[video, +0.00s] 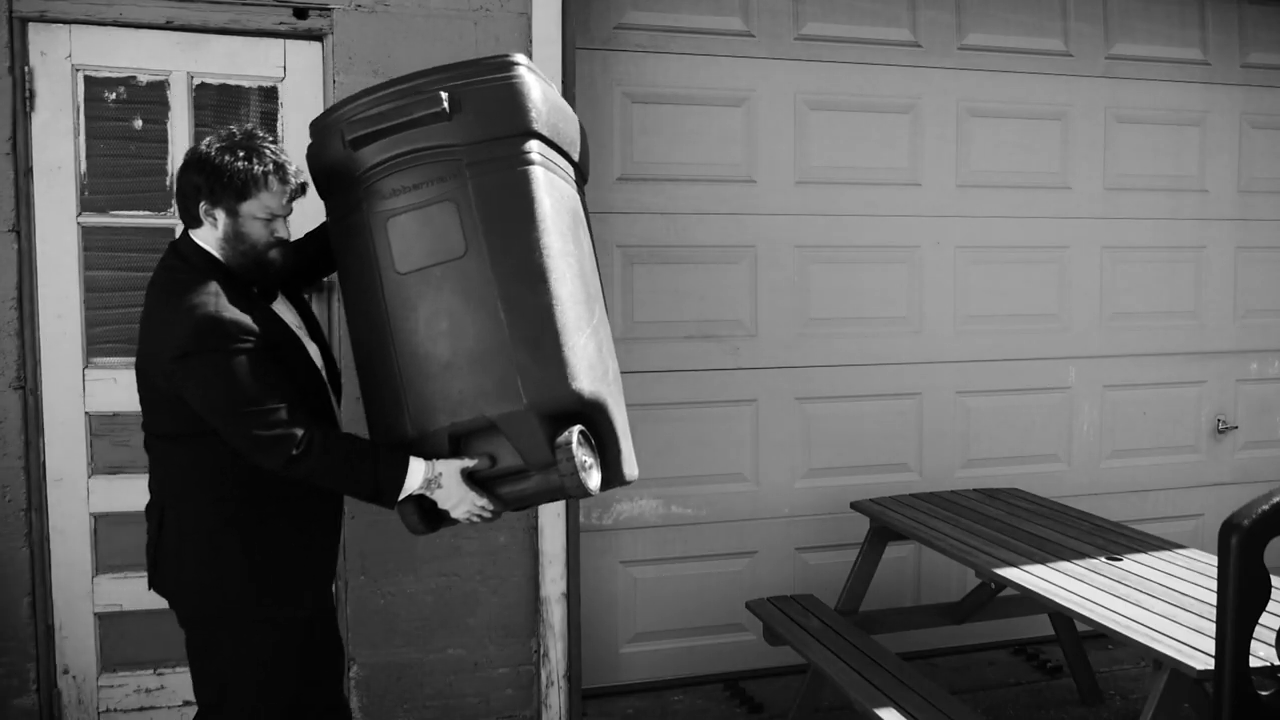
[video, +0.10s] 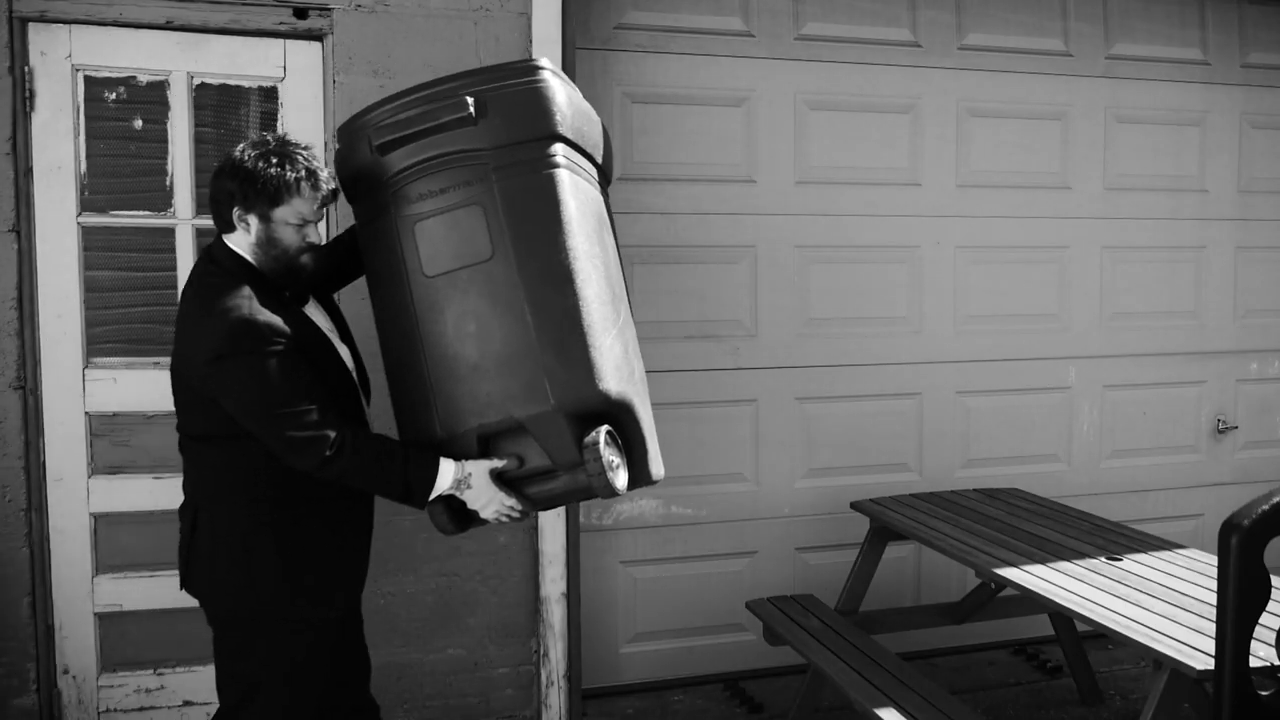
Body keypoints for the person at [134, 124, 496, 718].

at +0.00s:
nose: (284, 232)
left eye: (286, 216)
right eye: (269, 220)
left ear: (214, 216)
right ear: (212, 215)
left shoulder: (236, 268)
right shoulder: (203, 314)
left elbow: (311, 255)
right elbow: (288, 445)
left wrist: (390, 198)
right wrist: (422, 476)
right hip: (243, 573)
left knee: (314, 701)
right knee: (259, 706)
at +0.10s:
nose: (317, 238)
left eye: (318, 221)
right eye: (302, 225)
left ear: (247, 222)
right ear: (245, 220)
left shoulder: (266, 272)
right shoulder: (236, 319)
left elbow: (338, 260)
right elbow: (322, 446)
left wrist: (414, 203)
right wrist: (452, 477)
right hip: (274, 576)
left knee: (339, 702)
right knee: (286, 706)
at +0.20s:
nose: (351, 241)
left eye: (353, 225)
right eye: (336, 228)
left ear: (283, 225)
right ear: (282, 224)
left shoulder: (305, 278)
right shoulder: (271, 322)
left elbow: (373, 264)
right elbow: (357, 446)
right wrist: (482, 480)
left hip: (348, 558)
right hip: (304, 575)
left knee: (375, 702)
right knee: (297, 706)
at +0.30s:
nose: (385, 243)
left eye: (387, 228)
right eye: (371, 230)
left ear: (320, 225)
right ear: (318, 224)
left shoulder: (334, 279)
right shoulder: (306, 321)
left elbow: (403, 270)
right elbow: (387, 443)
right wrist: (508, 479)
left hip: (379, 552)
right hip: (345, 570)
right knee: (354, 703)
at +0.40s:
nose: (412, 240)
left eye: (415, 225)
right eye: (398, 226)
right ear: (348, 220)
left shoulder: (372, 279)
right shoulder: (334, 314)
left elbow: (427, 278)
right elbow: (412, 437)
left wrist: (494, 223)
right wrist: (530, 476)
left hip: (412, 535)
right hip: (373, 550)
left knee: (419, 692)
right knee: (394, 696)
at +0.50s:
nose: (436, 236)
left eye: (438, 221)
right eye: (422, 222)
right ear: (372, 216)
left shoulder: (401, 278)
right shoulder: (356, 309)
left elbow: (461, 272)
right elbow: (430, 431)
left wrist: (520, 220)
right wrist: (546, 472)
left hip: (437, 524)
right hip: (396, 538)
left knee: (438, 681)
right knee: (431, 685)